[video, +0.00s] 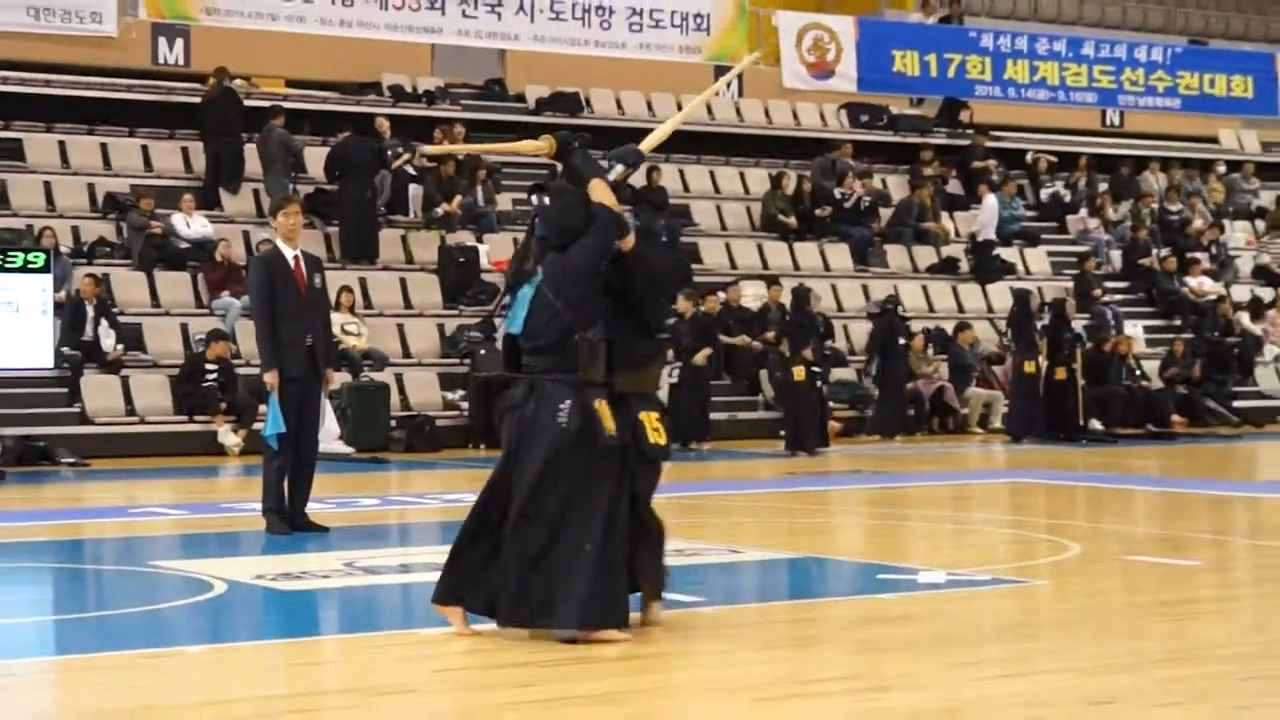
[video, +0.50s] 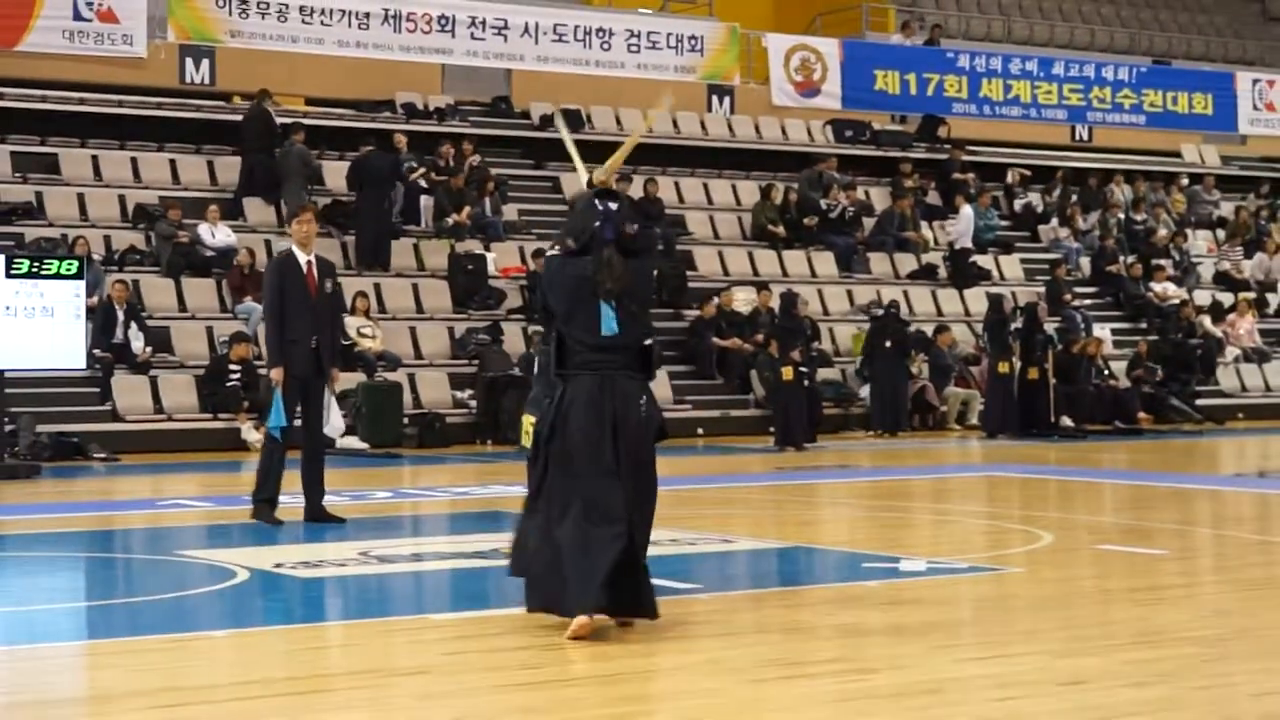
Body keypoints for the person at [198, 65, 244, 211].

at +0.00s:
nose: (228, 80)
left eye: (226, 77)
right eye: (228, 77)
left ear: (214, 78)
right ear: (227, 78)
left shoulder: (208, 95)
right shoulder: (231, 93)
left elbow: (203, 118)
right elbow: (241, 111)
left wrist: (205, 138)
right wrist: (239, 131)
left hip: (212, 138)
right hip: (230, 138)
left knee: (212, 172)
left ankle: (210, 204)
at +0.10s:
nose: (244, 90)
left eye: (242, 88)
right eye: (243, 88)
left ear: (230, 88)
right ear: (242, 88)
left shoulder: (223, 104)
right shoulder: (245, 103)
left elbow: (217, 126)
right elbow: (253, 122)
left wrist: (219, 145)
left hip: (226, 146)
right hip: (243, 146)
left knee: (225, 180)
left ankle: (224, 209)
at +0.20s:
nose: (254, 97)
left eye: (254, 95)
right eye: (253, 95)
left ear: (239, 94)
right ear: (251, 95)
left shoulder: (232, 109)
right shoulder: (253, 108)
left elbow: (227, 131)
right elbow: (263, 126)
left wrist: (228, 149)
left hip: (235, 151)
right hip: (252, 150)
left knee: (234, 184)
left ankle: (232, 213)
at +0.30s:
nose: (260, 101)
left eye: (260, 99)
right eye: (259, 99)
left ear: (246, 98)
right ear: (256, 98)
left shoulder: (237, 113)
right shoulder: (259, 112)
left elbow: (231, 133)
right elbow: (268, 131)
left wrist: (232, 149)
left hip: (239, 153)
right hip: (257, 153)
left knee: (237, 186)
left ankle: (234, 214)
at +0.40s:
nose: (266, 103)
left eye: (266, 100)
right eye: (265, 100)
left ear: (251, 99)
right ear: (260, 99)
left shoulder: (241, 113)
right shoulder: (262, 112)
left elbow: (235, 134)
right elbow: (270, 131)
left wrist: (236, 151)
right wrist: (273, 147)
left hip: (243, 155)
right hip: (261, 155)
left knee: (239, 186)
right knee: (273, 184)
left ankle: (235, 214)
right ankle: (278, 216)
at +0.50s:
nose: (270, 104)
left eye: (270, 101)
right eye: (270, 101)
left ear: (257, 99)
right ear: (265, 100)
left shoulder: (248, 113)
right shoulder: (266, 112)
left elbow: (244, 134)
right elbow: (275, 131)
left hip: (249, 154)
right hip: (265, 155)